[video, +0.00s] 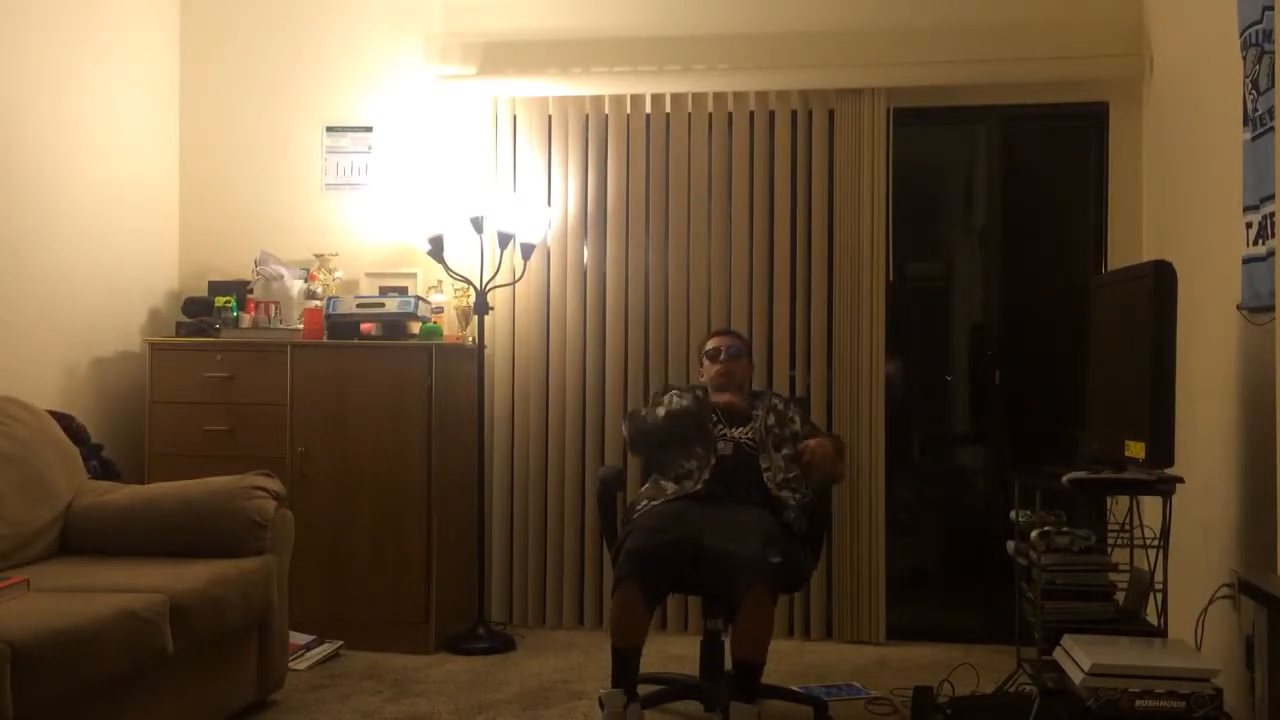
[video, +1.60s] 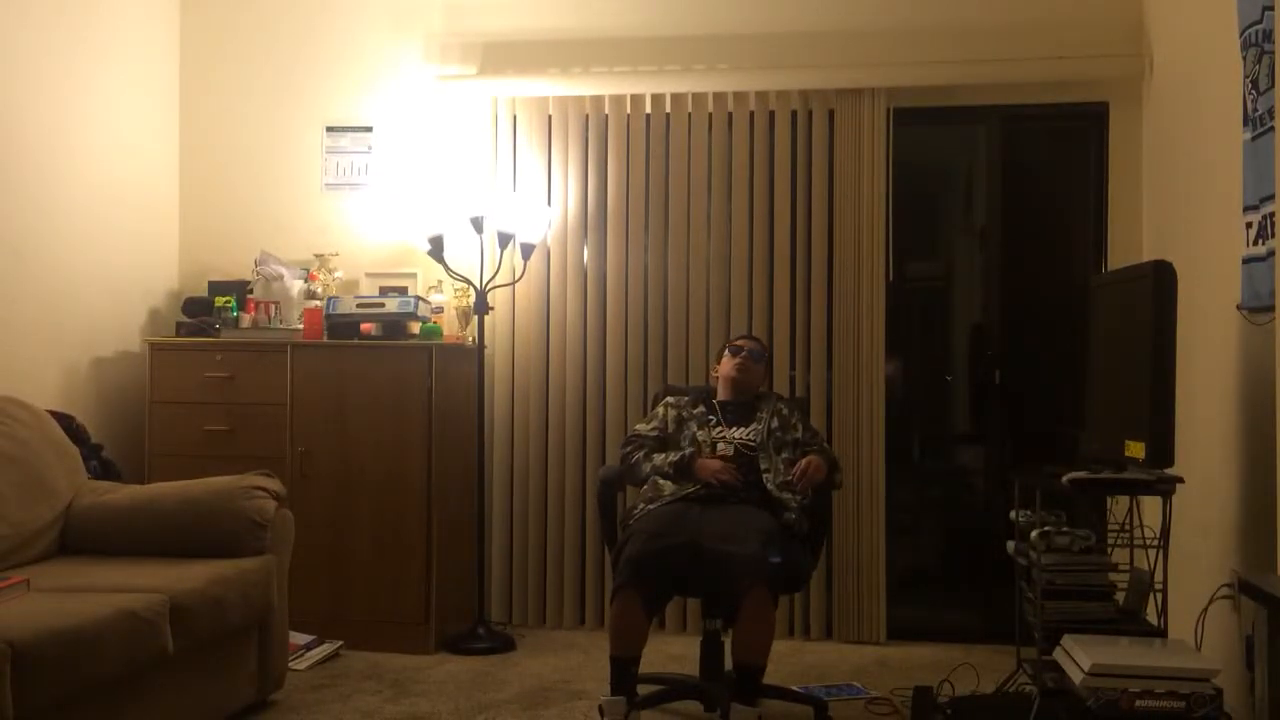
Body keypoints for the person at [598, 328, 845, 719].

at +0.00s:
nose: (722, 360)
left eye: (734, 354)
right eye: (713, 355)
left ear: (751, 367)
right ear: (701, 368)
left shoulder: (778, 408)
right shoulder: (678, 399)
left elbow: (822, 446)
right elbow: (636, 433)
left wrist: (825, 448)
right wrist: (706, 403)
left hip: (752, 507)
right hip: (677, 504)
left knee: (757, 577)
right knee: (637, 566)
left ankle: (745, 699)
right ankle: (622, 691)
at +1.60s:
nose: (743, 358)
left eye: (755, 356)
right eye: (735, 351)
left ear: (764, 380)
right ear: (716, 367)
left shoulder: (781, 415)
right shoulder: (674, 407)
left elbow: (825, 457)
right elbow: (632, 458)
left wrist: (820, 460)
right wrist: (690, 464)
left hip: (749, 509)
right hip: (673, 506)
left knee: (757, 577)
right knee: (638, 567)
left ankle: (746, 703)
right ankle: (621, 695)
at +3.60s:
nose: (729, 351)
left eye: (740, 349)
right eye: (720, 350)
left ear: (757, 372)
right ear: (708, 372)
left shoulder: (779, 412)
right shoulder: (674, 410)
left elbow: (823, 456)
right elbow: (638, 465)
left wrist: (819, 461)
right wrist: (689, 476)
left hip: (749, 507)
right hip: (673, 505)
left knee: (757, 577)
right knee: (637, 570)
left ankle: (745, 703)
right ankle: (621, 694)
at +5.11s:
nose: (722, 354)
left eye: (733, 349)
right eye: (714, 353)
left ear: (752, 370)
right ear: (704, 374)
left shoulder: (780, 411)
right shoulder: (674, 407)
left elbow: (826, 463)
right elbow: (643, 469)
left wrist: (819, 460)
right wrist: (690, 477)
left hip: (749, 508)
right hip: (675, 506)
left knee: (757, 580)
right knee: (634, 572)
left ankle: (745, 704)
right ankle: (637, 693)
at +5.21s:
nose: (722, 358)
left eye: (731, 352)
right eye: (715, 355)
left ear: (752, 369)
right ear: (708, 370)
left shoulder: (773, 407)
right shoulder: (694, 406)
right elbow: (667, 459)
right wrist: (694, 477)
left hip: (758, 511)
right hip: (695, 511)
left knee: (756, 584)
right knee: (681, 578)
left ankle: (746, 698)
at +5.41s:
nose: (742, 379)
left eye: (747, 371)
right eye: (734, 371)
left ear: (754, 374)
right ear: (720, 376)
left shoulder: (777, 412)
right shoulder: (706, 420)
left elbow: (825, 459)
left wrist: (819, 462)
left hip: (781, 532)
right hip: (725, 533)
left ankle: (752, 684)